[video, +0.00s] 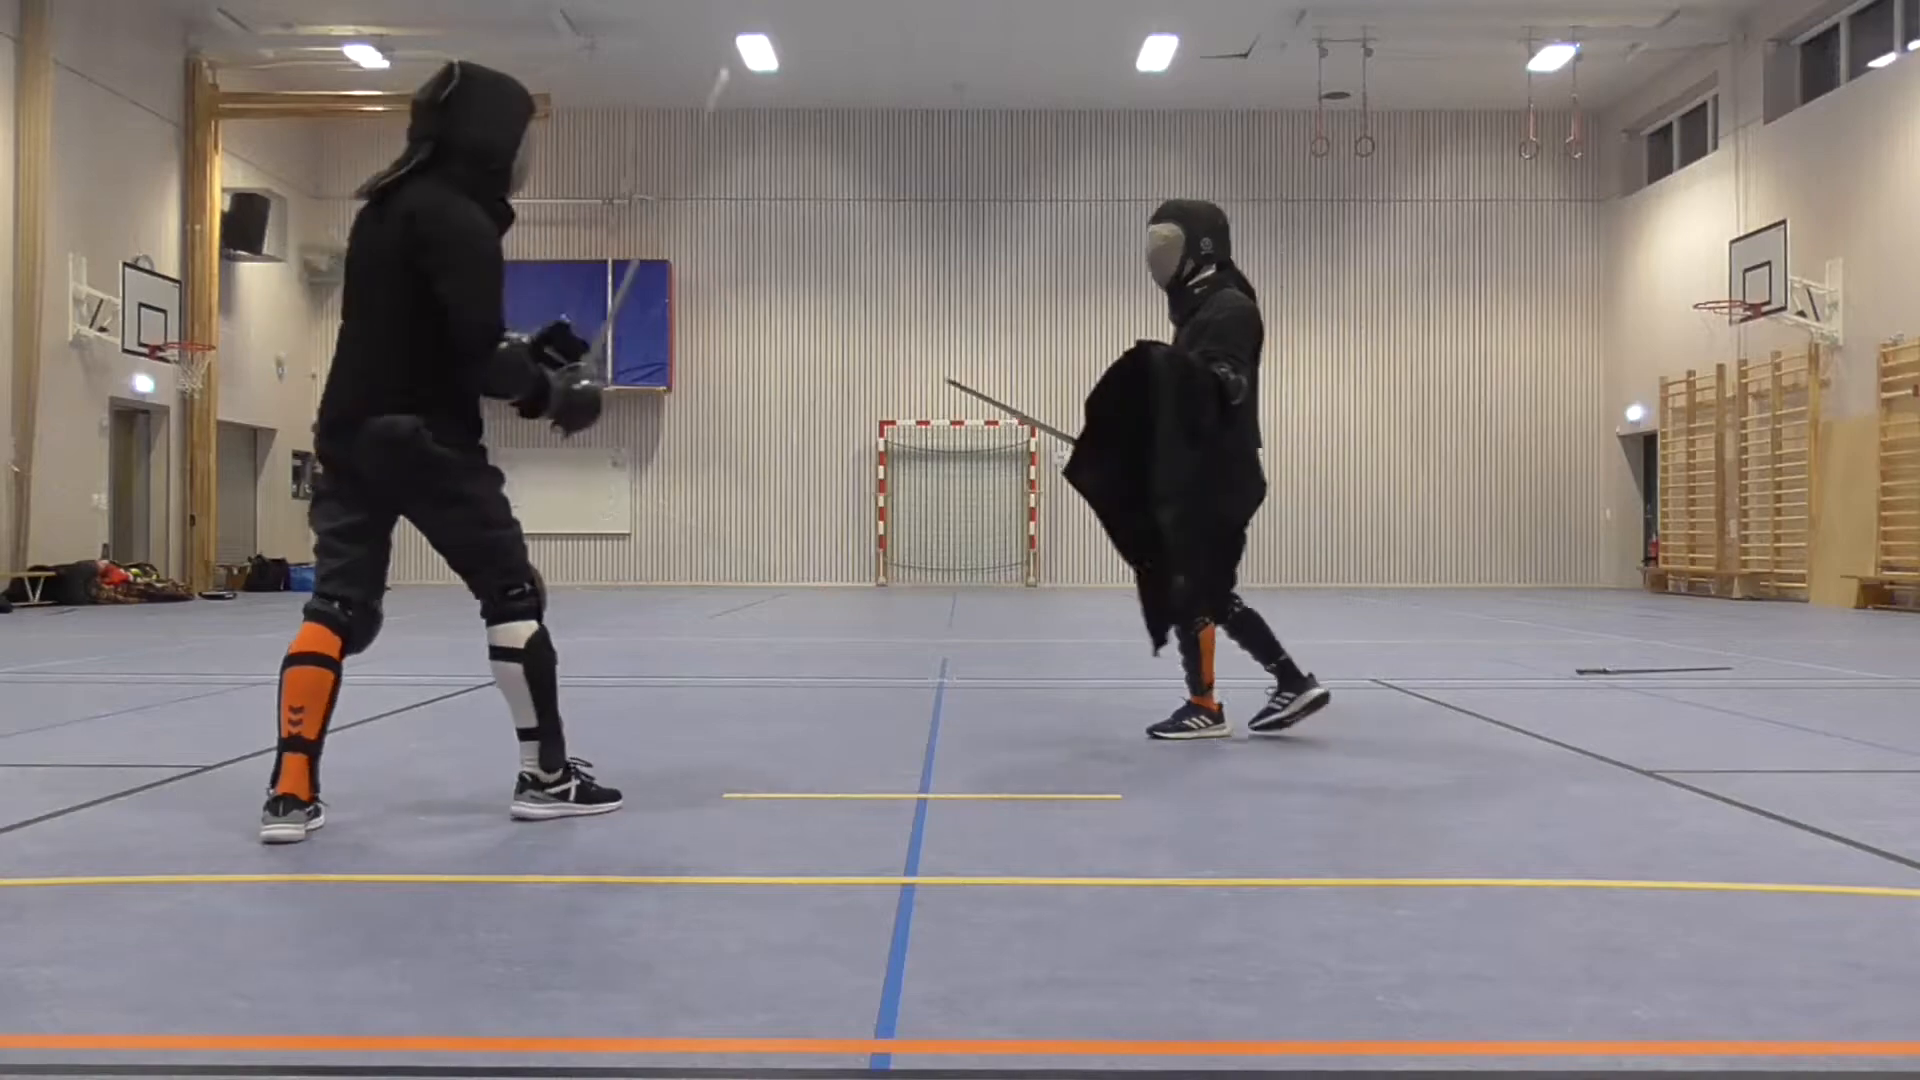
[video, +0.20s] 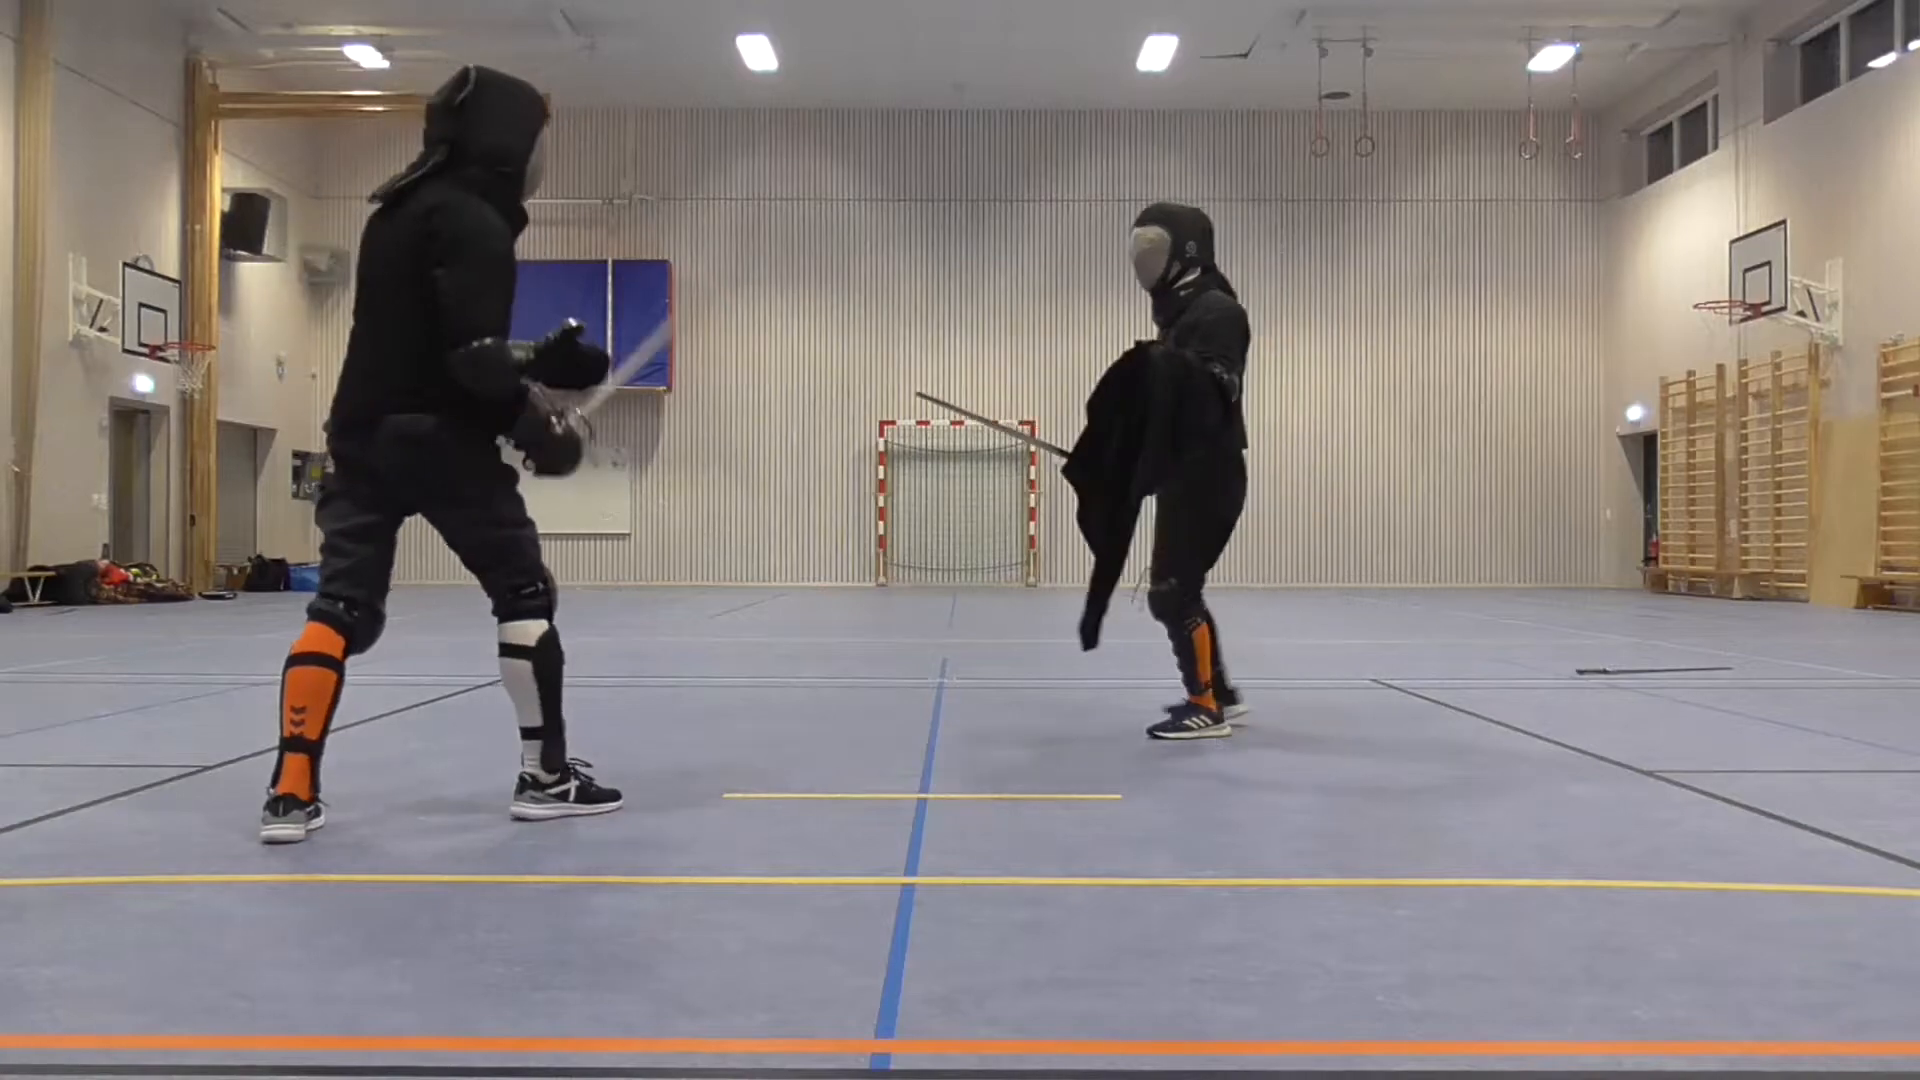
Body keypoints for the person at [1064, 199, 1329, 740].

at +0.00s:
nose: (1156, 260)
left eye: (1166, 248)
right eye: (1155, 248)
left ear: (1200, 248)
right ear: (1199, 251)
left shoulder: (1228, 309)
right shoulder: (1202, 306)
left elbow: (1224, 391)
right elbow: (1200, 391)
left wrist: (1163, 367)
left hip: (1220, 477)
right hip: (1208, 475)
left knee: (1193, 588)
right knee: (1211, 589)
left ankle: (1203, 706)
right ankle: (1294, 683)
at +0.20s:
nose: (1140, 261)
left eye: (1150, 250)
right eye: (1139, 250)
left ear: (1183, 250)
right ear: (1178, 252)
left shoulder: (1216, 311)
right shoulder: (1182, 309)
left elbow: (1218, 391)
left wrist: (1163, 365)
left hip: (1210, 474)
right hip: (1184, 473)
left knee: (1174, 593)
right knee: (1175, 590)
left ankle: (1205, 707)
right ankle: (1220, 691)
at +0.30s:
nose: (1132, 264)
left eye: (1142, 252)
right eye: (1130, 252)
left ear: (1176, 252)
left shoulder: (1206, 313)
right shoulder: (1168, 311)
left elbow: (1205, 397)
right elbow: (1160, 398)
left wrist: (1152, 376)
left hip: (1206, 475)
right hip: (1175, 472)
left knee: (1168, 588)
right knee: (1158, 584)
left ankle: (1203, 706)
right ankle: (1166, 682)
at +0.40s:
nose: (1122, 266)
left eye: (1133, 254)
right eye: (1120, 254)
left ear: (1167, 256)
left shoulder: (1192, 321)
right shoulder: (1158, 316)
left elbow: (1188, 410)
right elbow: (1145, 418)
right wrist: (1113, 487)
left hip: (1195, 482)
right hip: (1167, 477)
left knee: (1165, 589)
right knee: (1148, 585)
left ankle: (1204, 705)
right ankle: (1124, 683)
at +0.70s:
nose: (1083, 272)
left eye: (1094, 261)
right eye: (1082, 261)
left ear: (1126, 264)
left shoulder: (1150, 327)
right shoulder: (1110, 327)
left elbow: (1147, 424)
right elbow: (1107, 415)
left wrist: (1126, 503)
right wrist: (1076, 472)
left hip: (1168, 490)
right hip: (1125, 487)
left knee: (1156, 597)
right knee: (1086, 593)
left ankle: (1201, 704)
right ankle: (1098, 695)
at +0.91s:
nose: (1059, 276)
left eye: (1070, 264)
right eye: (1056, 265)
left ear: (1103, 268)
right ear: (1058, 269)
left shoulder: (1133, 330)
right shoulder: (1070, 341)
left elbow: (1153, 417)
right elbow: (1069, 426)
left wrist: (1139, 485)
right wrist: (1044, 479)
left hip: (1128, 482)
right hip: (1087, 482)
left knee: (1093, 579)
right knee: (1065, 594)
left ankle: (1161, 681)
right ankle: (1096, 695)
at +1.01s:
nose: (1047, 277)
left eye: (1058, 266)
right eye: (1044, 267)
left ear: (1091, 269)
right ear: (1047, 270)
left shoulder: (1124, 330)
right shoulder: (1061, 340)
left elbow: (1141, 421)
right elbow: (1058, 425)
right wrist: (1032, 478)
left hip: (1121, 482)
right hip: (1080, 481)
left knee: (1081, 578)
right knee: (1058, 594)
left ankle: (1116, 697)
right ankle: (1094, 693)